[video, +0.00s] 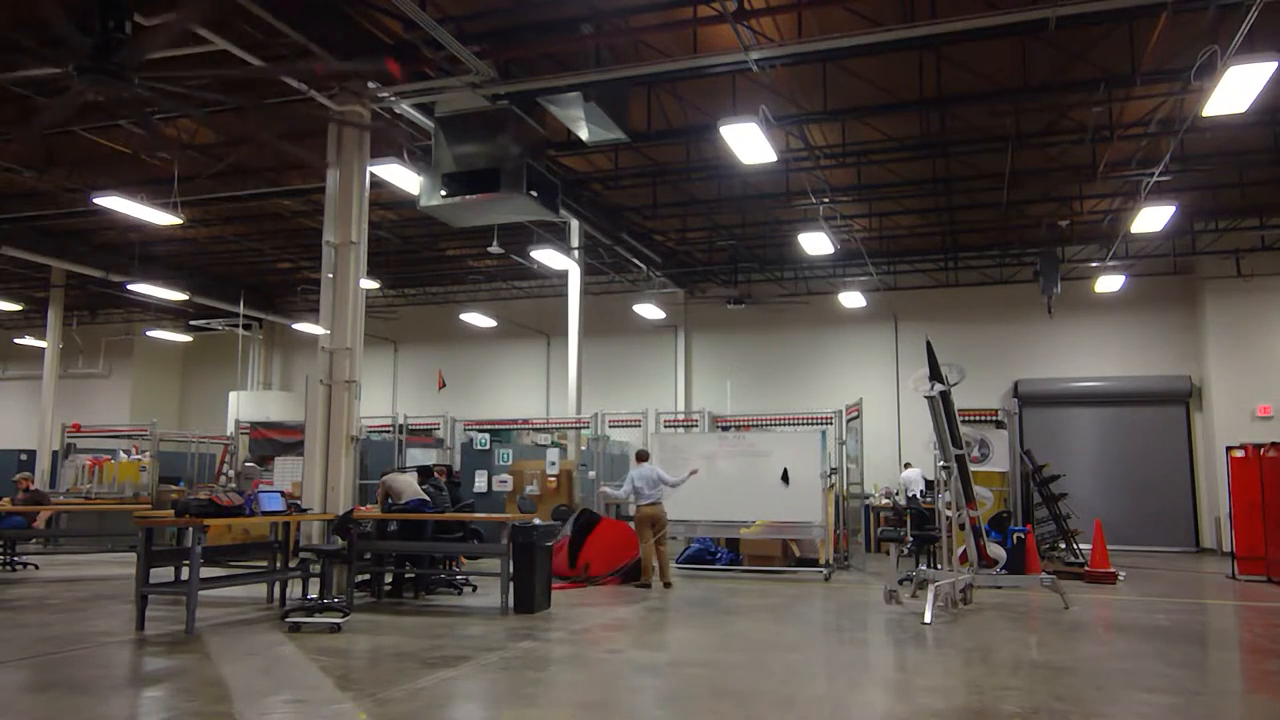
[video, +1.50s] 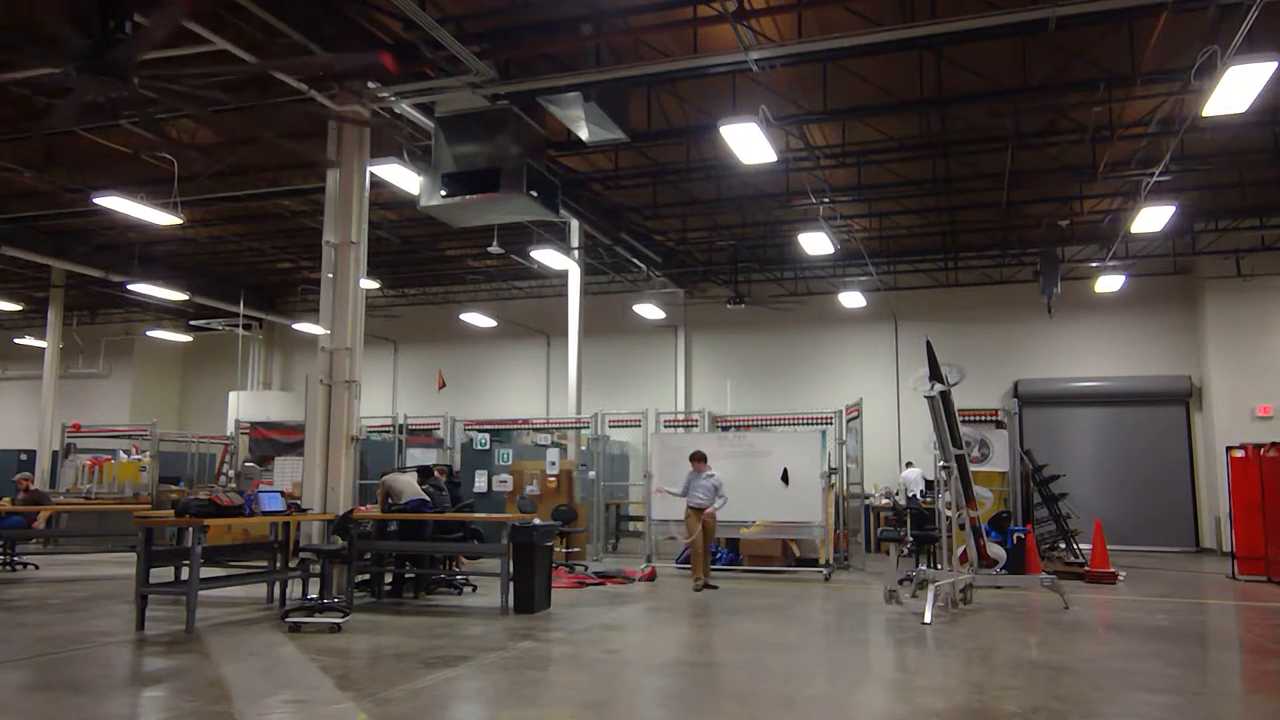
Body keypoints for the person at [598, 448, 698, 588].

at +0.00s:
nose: (636, 461)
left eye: (636, 459)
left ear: (636, 460)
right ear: (648, 459)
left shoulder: (633, 473)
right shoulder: (655, 470)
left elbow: (623, 495)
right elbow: (672, 483)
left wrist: (607, 490)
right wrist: (688, 475)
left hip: (642, 508)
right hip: (658, 507)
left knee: (646, 544)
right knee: (661, 544)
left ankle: (646, 580)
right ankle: (666, 580)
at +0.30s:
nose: (656, 461)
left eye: (656, 459)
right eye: (656, 459)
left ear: (643, 459)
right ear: (654, 459)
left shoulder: (636, 475)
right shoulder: (655, 470)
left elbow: (631, 498)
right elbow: (670, 483)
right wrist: (685, 473)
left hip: (646, 508)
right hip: (661, 507)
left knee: (649, 545)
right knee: (668, 545)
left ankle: (646, 579)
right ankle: (668, 579)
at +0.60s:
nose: (671, 460)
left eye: (671, 458)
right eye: (670, 458)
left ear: (659, 459)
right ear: (665, 458)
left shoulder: (658, 470)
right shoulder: (663, 470)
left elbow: (660, 488)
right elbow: (664, 486)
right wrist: (671, 474)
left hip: (660, 507)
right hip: (669, 507)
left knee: (659, 547)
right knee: (672, 546)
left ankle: (649, 578)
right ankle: (669, 579)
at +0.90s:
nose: (679, 459)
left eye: (681, 456)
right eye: (676, 457)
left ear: (683, 458)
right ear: (671, 459)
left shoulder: (683, 476)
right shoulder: (668, 473)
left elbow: (688, 496)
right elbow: (657, 489)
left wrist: (703, 496)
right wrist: (654, 476)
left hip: (682, 511)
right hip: (670, 510)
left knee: (685, 545)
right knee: (672, 547)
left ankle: (684, 577)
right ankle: (667, 579)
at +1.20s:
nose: (692, 461)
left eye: (695, 458)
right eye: (689, 458)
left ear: (699, 460)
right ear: (685, 461)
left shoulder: (704, 477)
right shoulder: (682, 476)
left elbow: (707, 495)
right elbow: (671, 492)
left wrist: (712, 504)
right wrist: (656, 485)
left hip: (699, 511)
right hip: (684, 510)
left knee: (702, 546)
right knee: (684, 546)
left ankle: (703, 580)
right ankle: (670, 579)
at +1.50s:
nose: (692, 466)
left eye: (694, 463)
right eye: (691, 464)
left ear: (702, 462)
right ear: (694, 463)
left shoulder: (715, 478)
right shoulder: (692, 475)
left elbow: (722, 498)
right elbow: (683, 493)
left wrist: (713, 508)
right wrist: (665, 490)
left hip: (708, 513)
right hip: (692, 512)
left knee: (706, 548)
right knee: (697, 547)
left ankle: (705, 579)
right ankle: (698, 580)